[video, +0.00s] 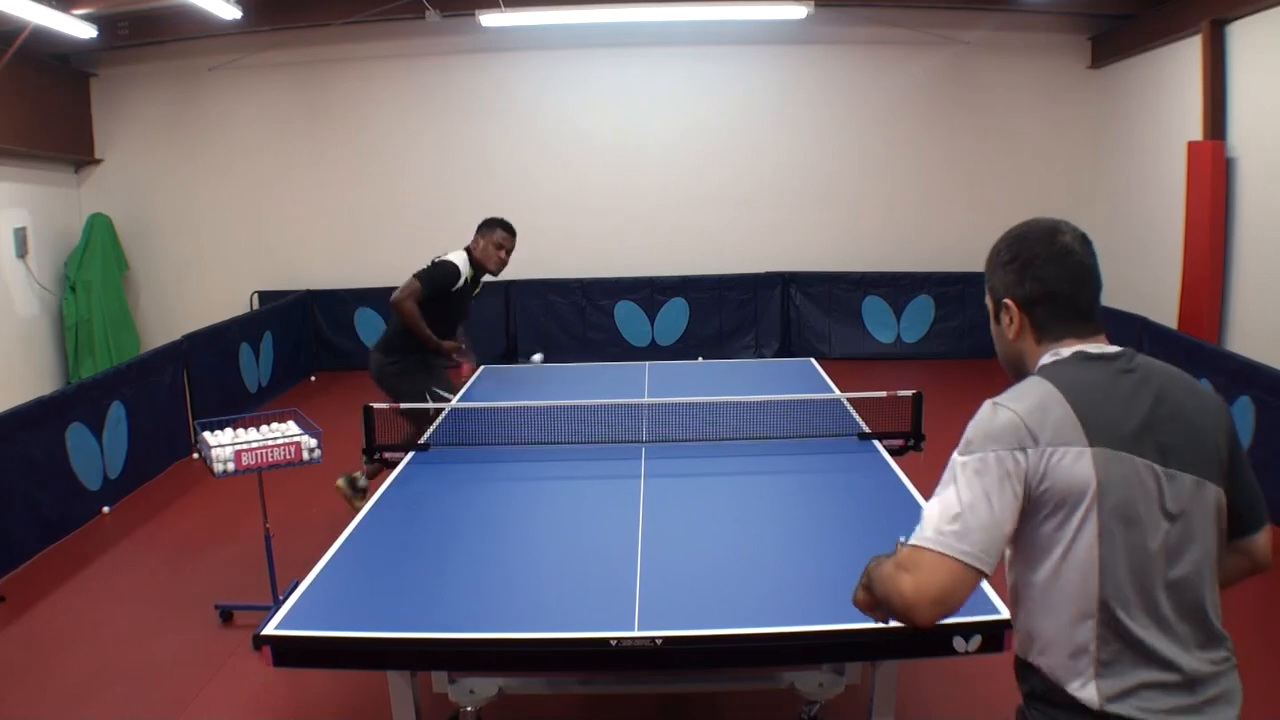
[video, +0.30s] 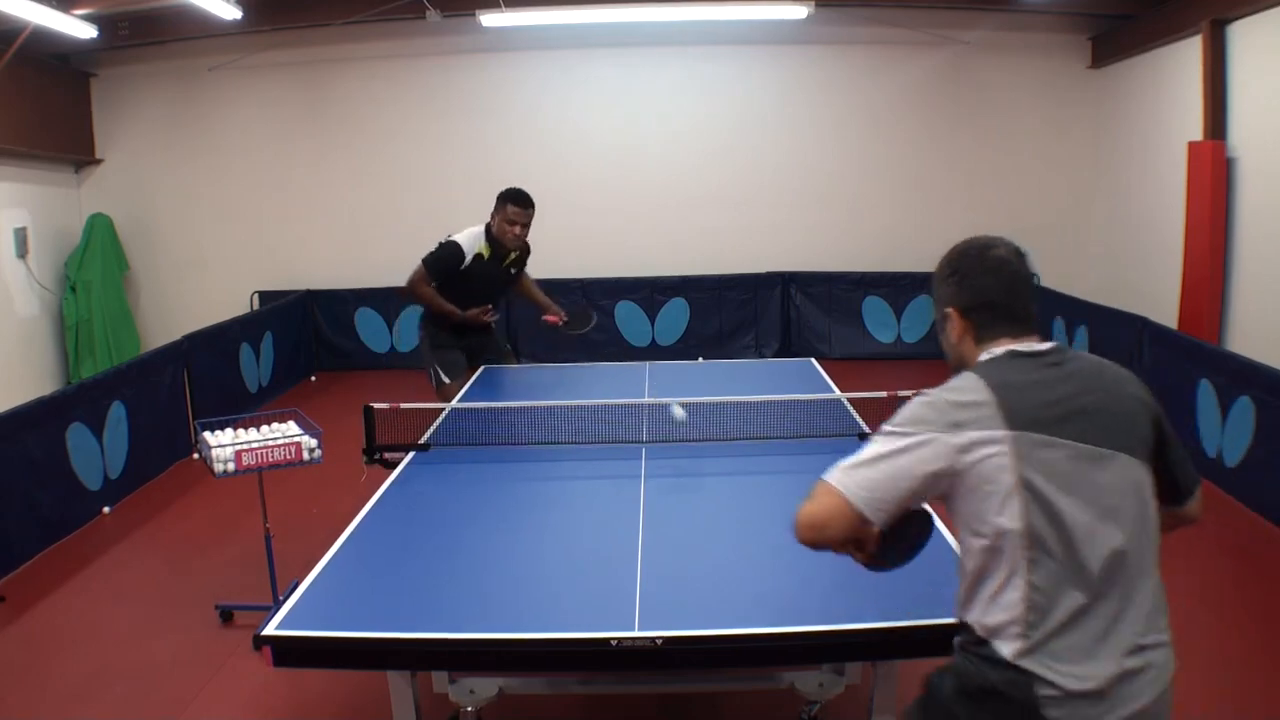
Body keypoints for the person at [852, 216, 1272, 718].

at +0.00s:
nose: (992, 332)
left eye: (991, 316)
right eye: (990, 315)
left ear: (1012, 317)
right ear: (1091, 301)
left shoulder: (1019, 418)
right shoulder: (1199, 401)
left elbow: (922, 598)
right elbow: (1254, 549)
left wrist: (880, 571)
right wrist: (1160, 586)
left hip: (1084, 703)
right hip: (1212, 700)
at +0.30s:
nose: (940, 338)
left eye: (940, 322)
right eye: (940, 323)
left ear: (957, 324)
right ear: (1030, 309)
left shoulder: (958, 404)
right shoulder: (1124, 387)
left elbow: (815, 523)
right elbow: (1185, 504)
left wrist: (861, 531)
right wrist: (1094, 533)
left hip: (1021, 688)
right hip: (1143, 687)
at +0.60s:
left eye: (822, 387)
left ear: (827, 395)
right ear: (910, 383)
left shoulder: (789, 455)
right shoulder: (958, 431)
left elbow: (716, 488)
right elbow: (1062, 519)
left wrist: (783, 467)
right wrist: (1147, 603)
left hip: (851, 698)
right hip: (979, 693)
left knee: (798, 686)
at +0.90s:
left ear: (835, 370)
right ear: (920, 363)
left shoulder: (798, 435)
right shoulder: (962, 410)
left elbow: (763, 491)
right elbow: (1041, 512)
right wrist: (1132, 628)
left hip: (841, 692)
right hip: (976, 691)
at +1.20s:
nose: (945, 333)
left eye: (944, 323)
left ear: (954, 329)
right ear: (1047, 324)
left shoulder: (926, 415)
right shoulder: (1132, 409)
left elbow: (815, 553)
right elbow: (1212, 530)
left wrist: (872, 535)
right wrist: (1156, 558)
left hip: (978, 695)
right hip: (1115, 696)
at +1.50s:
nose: (1000, 423)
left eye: (997, 409)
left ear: (1010, 410)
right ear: (1108, 387)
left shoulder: (1002, 526)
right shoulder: (1227, 471)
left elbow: (898, 693)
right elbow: (1269, 623)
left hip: (1079, 708)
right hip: (1226, 708)